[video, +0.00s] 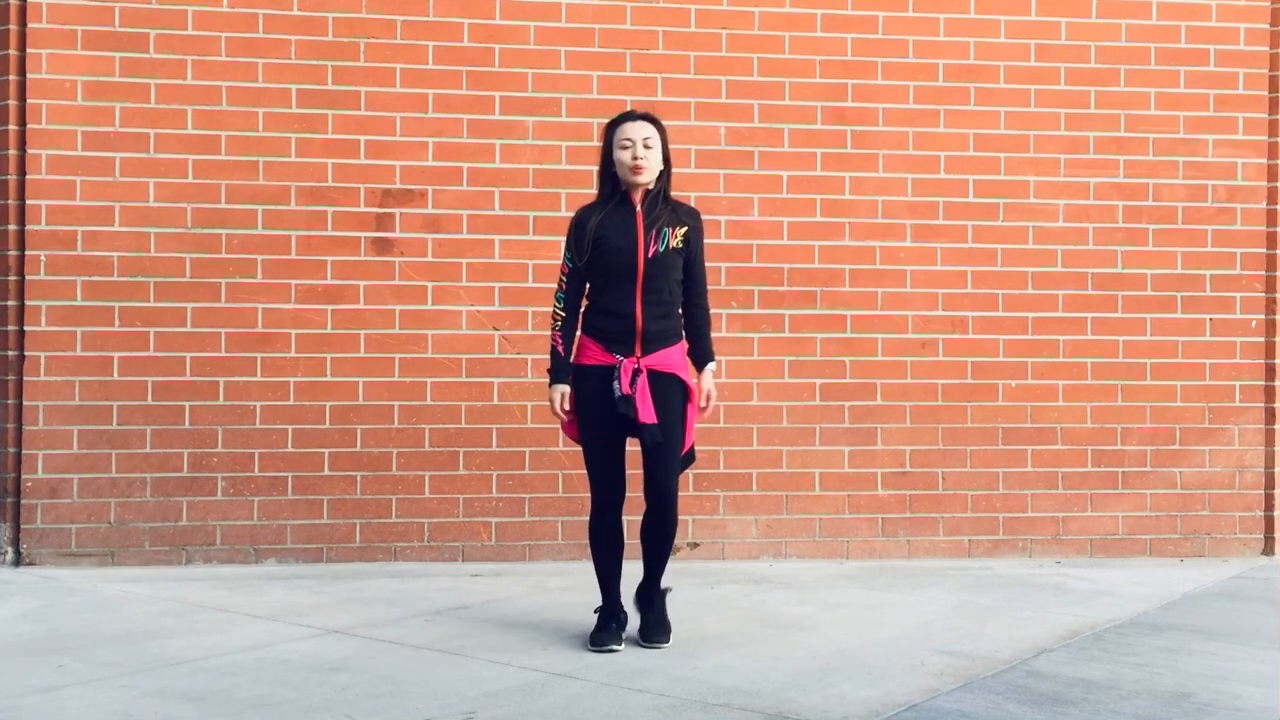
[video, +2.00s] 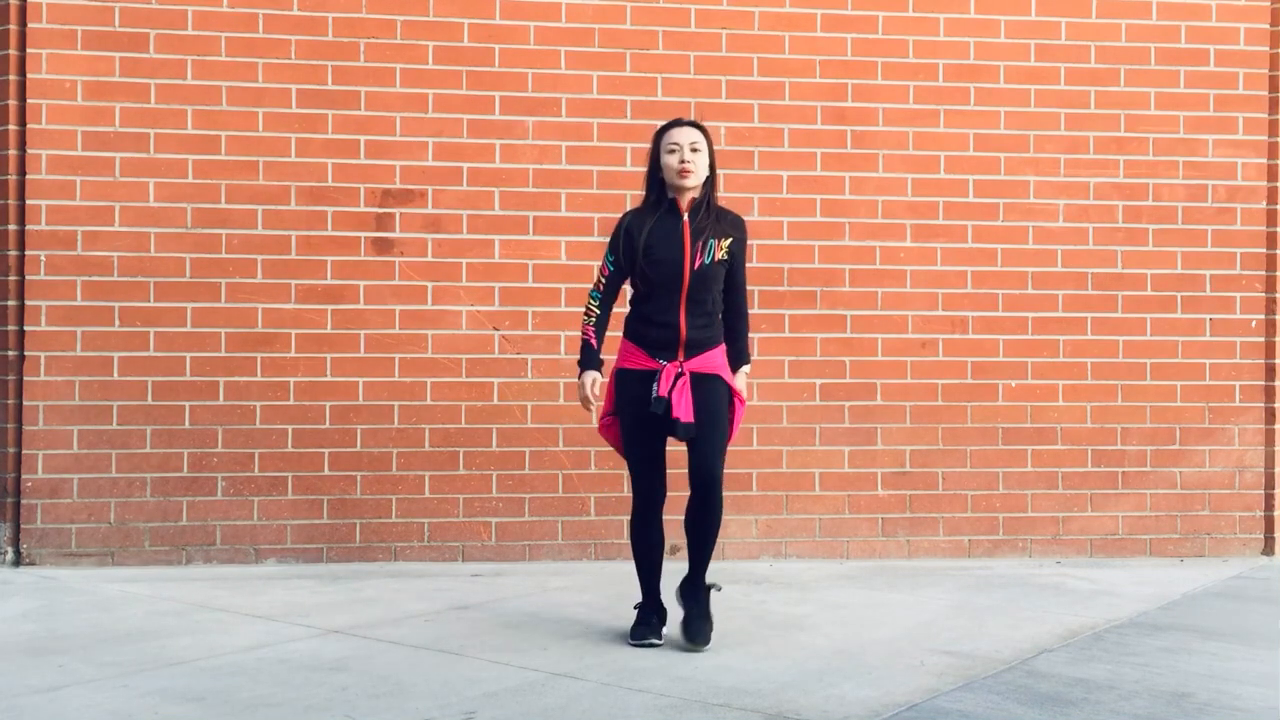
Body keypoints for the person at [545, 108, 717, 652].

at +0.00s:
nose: (638, 153)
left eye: (648, 145)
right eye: (626, 145)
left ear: (663, 155)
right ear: (610, 156)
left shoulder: (683, 219)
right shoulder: (589, 220)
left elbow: (695, 298)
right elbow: (567, 300)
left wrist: (705, 360)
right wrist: (559, 371)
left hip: (664, 368)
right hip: (598, 369)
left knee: (663, 494)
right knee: (606, 496)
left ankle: (652, 593)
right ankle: (610, 608)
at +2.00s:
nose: (685, 158)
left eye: (694, 149)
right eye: (674, 150)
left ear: (710, 161)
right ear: (658, 162)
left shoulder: (729, 227)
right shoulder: (635, 224)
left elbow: (735, 299)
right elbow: (602, 294)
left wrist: (741, 362)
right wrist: (589, 361)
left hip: (708, 367)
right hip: (642, 367)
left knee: (709, 482)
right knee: (648, 493)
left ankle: (696, 587)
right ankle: (650, 604)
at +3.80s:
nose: (707, 176)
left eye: (718, 166)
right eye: (696, 166)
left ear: (733, 171)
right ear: (680, 172)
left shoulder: (755, 225)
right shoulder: (665, 240)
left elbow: (776, 298)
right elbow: (647, 316)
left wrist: (794, 361)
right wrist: (638, 388)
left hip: (760, 370)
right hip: (697, 372)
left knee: (762, 496)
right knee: (704, 477)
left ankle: (749, 609)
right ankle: (672, 576)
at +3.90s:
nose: (711, 173)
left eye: (721, 163)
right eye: (699, 163)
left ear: (737, 169)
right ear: (684, 171)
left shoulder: (761, 222)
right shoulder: (669, 238)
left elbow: (782, 294)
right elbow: (657, 315)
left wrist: (800, 355)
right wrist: (653, 389)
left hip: (767, 368)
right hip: (705, 370)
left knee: (761, 484)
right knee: (732, 468)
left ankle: (749, 605)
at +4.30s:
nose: (714, 173)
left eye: (724, 162)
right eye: (702, 164)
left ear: (740, 169)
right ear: (687, 175)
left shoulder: (766, 228)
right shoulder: (674, 242)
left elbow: (786, 300)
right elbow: (655, 319)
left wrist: (800, 361)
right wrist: (645, 390)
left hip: (762, 372)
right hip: (698, 372)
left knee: (769, 488)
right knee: (703, 457)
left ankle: (753, 603)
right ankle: (736, 572)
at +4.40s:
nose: (710, 162)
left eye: (721, 151)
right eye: (698, 153)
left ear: (737, 159)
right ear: (685, 163)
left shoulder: (761, 220)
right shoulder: (669, 229)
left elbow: (779, 292)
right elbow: (648, 305)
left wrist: (793, 354)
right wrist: (635, 375)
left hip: (750, 366)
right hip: (685, 364)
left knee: (753, 494)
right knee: (662, 435)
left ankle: (748, 609)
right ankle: (674, 545)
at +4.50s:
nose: (705, 160)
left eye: (714, 149)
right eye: (693, 151)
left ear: (731, 156)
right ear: (679, 162)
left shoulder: (755, 220)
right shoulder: (662, 222)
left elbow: (769, 292)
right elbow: (638, 296)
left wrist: (780, 351)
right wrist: (622, 365)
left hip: (734, 367)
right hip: (667, 364)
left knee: (736, 491)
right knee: (627, 467)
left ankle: (747, 609)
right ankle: (623, 566)